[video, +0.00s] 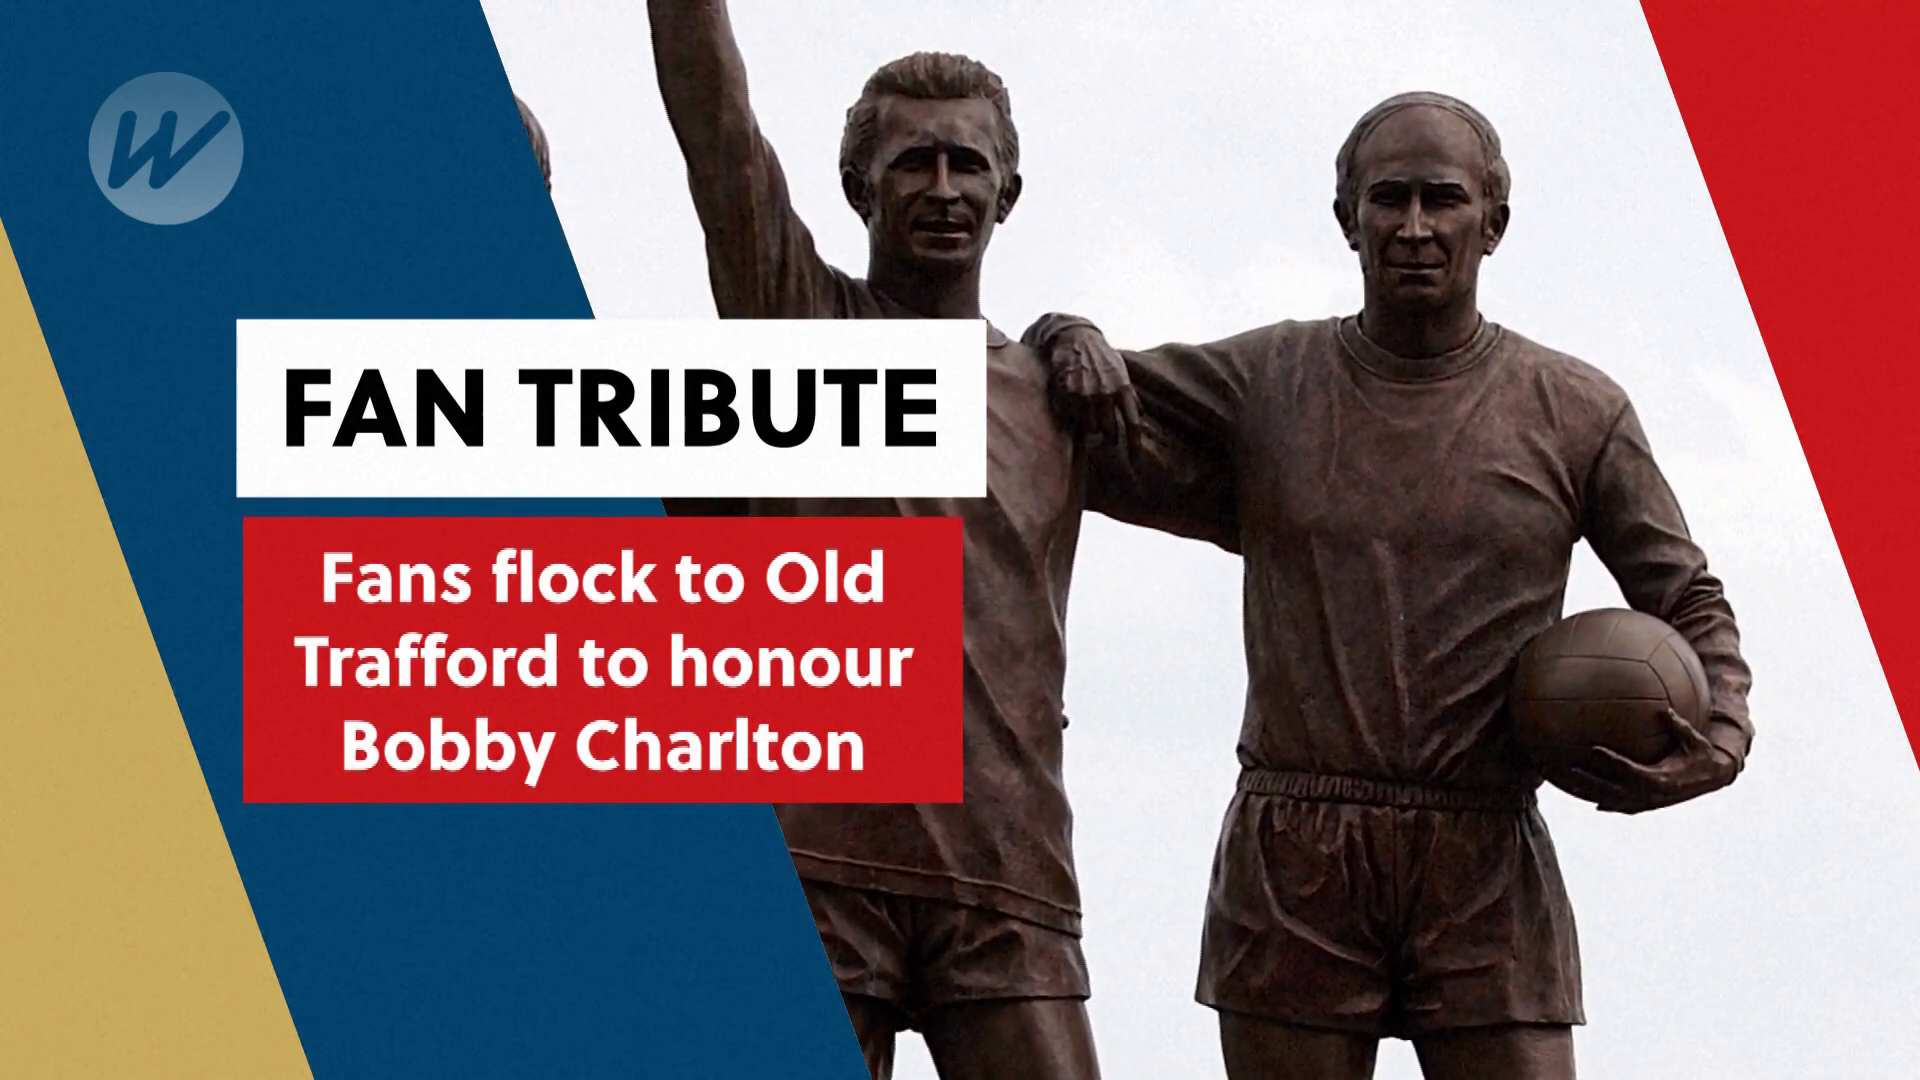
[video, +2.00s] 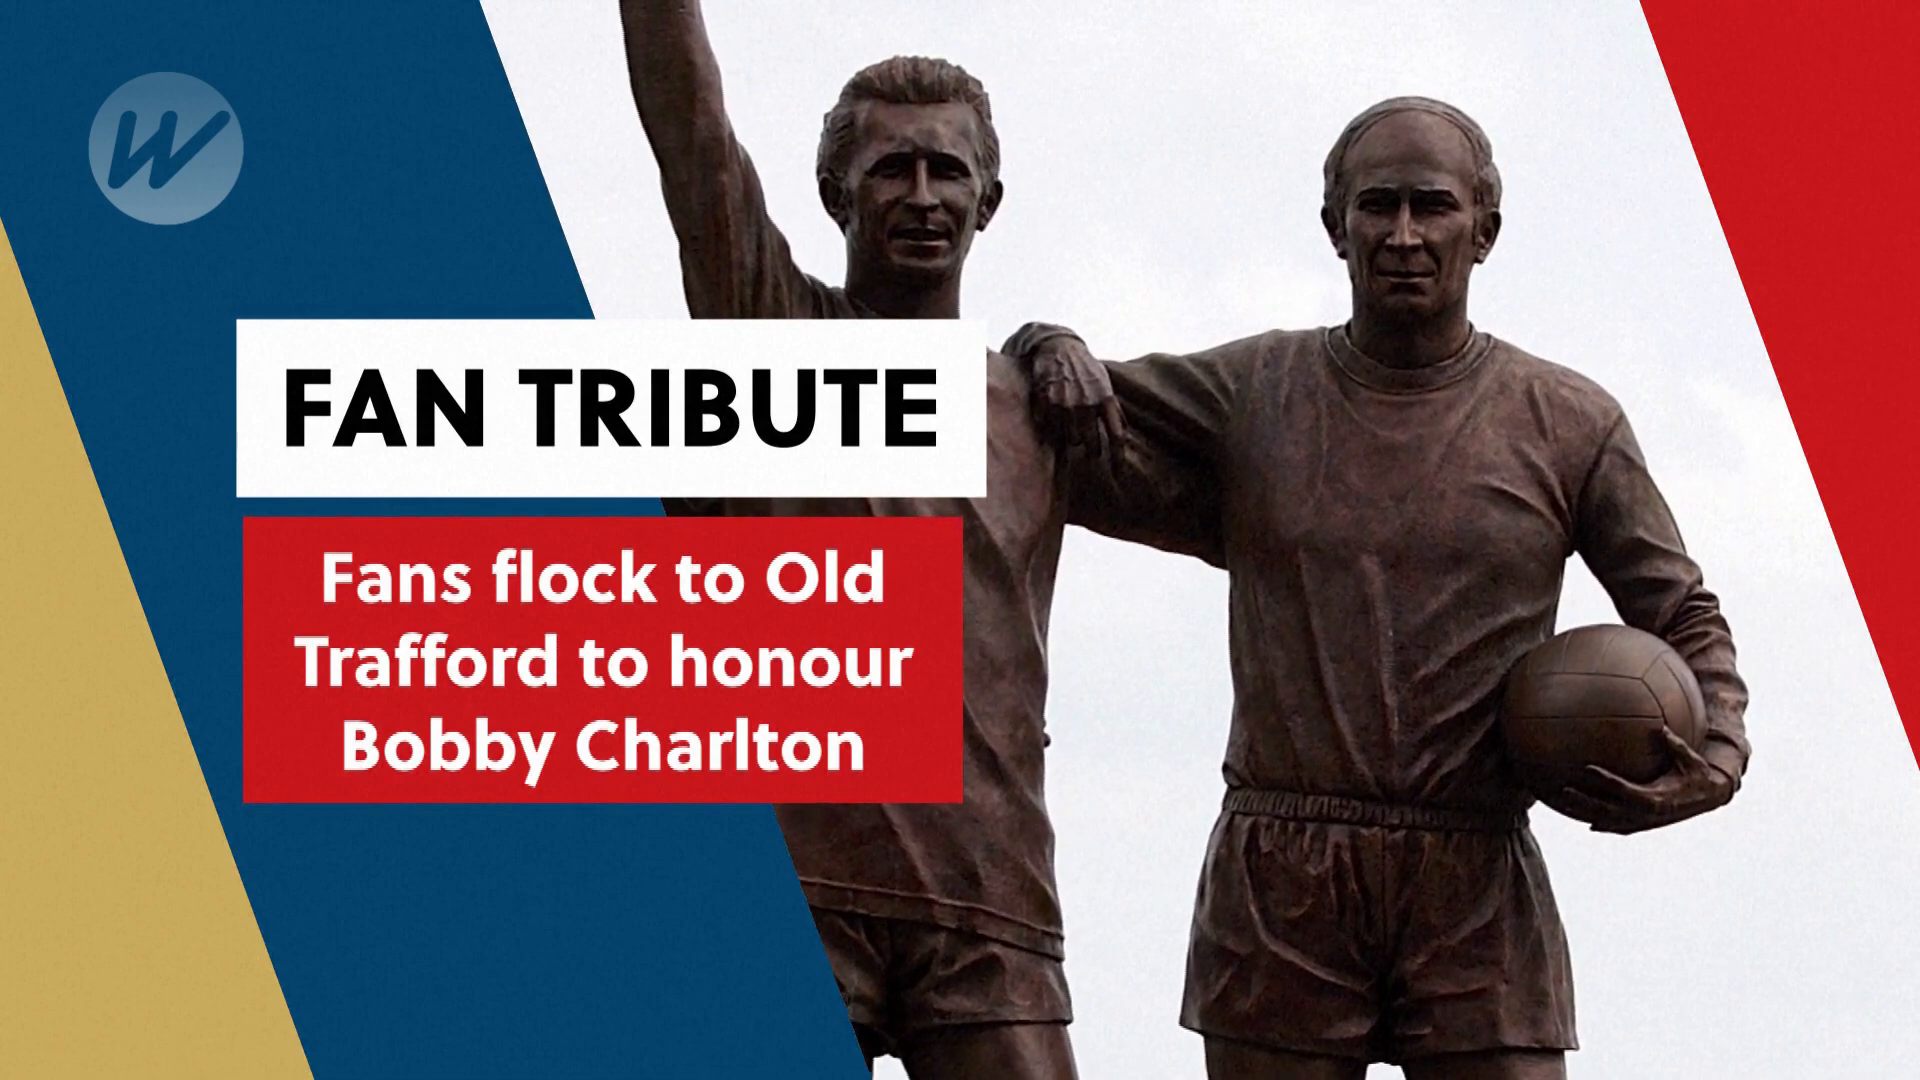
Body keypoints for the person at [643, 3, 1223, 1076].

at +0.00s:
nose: (944, 185)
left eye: (968, 162)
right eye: (913, 162)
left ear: (1006, 192)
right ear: (860, 187)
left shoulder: (1060, 397)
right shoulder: (794, 325)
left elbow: (1269, 496)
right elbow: (714, 127)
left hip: (1007, 871)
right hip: (813, 870)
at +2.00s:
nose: (922, 193)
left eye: (948, 170)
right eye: (891, 169)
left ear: (987, 202)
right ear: (837, 196)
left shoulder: (1041, 406)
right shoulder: (770, 336)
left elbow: (1245, 508)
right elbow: (689, 130)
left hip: (989, 897)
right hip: (796, 891)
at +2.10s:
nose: (921, 193)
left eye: (947, 170)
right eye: (889, 169)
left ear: (986, 202)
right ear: (835, 196)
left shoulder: (1040, 406)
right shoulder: (769, 335)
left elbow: (1243, 511)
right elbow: (687, 127)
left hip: (989, 901)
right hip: (796, 894)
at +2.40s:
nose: (918, 194)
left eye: (945, 171)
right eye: (887, 170)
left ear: (983, 202)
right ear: (830, 197)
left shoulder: (1035, 404)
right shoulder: (763, 335)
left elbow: (1246, 515)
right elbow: (685, 135)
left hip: (986, 907)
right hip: (794, 897)